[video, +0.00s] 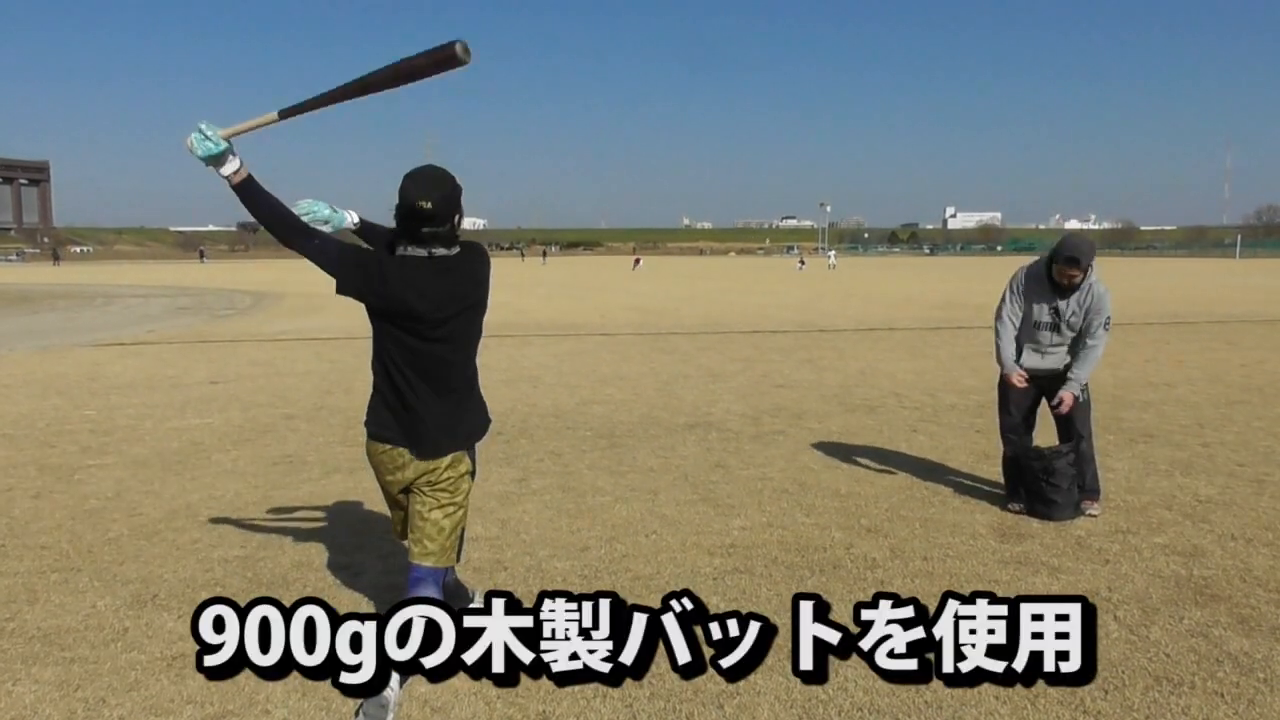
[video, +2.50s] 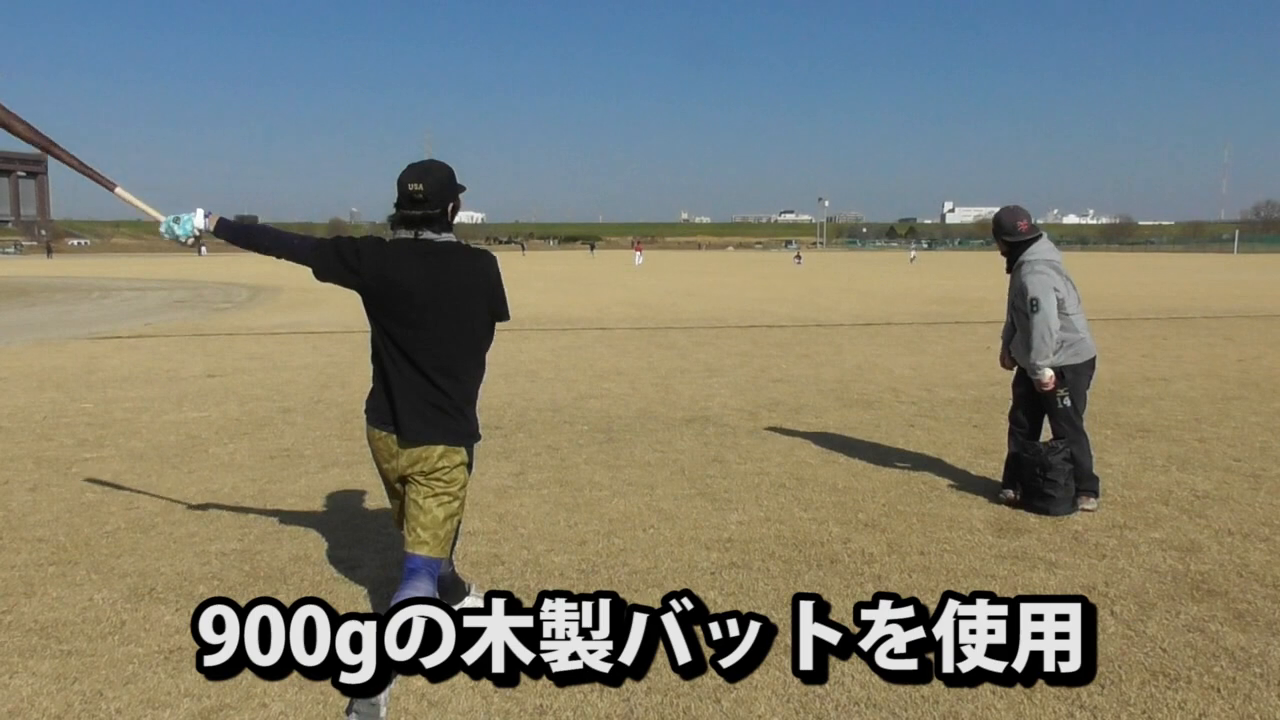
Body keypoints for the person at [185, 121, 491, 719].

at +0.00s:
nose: (450, 216)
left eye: (410, 208)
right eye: (454, 210)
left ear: (400, 217)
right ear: (457, 221)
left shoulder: (379, 271)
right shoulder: (475, 264)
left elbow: (297, 233)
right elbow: (409, 243)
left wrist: (233, 169)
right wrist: (349, 221)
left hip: (387, 437)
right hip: (452, 439)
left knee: (424, 540)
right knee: (426, 570)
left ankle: (464, 607)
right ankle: (387, 686)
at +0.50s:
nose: (461, 212)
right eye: (465, 205)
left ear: (410, 211)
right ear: (465, 215)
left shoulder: (385, 261)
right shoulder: (485, 263)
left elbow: (301, 218)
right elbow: (436, 242)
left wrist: (237, 157)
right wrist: (378, 216)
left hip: (388, 435)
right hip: (451, 438)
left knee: (424, 536)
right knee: (429, 570)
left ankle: (464, 603)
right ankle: (383, 689)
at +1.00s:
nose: (460, 212)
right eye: (463, 205)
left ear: (408, 211)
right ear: (465, 216)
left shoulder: (380, 259)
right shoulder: (482, 264)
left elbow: (301, 215)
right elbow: (434, 248)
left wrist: (245, 148)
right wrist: (379, 231)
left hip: (385, 433)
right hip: (447, 438)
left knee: (420, 537)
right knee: (426, 571)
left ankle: (462, 606)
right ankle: (384, 687)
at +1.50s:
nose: (455, 211)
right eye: (456, 204)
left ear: (403, 209)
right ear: (457, 215)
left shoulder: (376, 258)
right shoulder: (479, 264)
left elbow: (294, 215)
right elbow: (442, 248)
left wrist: (238, 149)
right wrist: (387, 236)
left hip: (383, 433)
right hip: (447, 437)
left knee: (420, 537)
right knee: (423, 572)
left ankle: (466, 608)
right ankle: (378, 691)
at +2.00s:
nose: (451, 207)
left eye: (412, 199)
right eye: (451, 201)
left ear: (399, 207)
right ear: (452, 211)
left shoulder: (375, 259)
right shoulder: (479, 263)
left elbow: (292, 220)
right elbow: (449, 243)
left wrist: (225, 163)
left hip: (385, 432)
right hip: (447, 437)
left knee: (424, 535)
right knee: (421, 567)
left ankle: (455, 596)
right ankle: (376, 690)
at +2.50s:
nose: (460, 207)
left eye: (453, 199)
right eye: (457, 201)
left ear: (400, 206)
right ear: (451, 209)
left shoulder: (374, 257)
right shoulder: (480, 265)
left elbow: (294, 245)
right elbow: (495, 317)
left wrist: (215, 224)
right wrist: (445, 287)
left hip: (385, 434)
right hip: (445, 438)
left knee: (422, 536)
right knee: (420, 569)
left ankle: (454, 598)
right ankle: (373, 689)